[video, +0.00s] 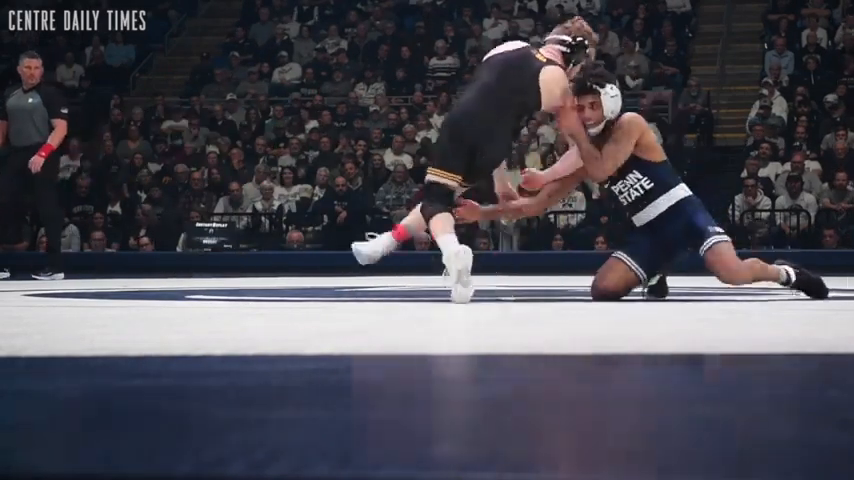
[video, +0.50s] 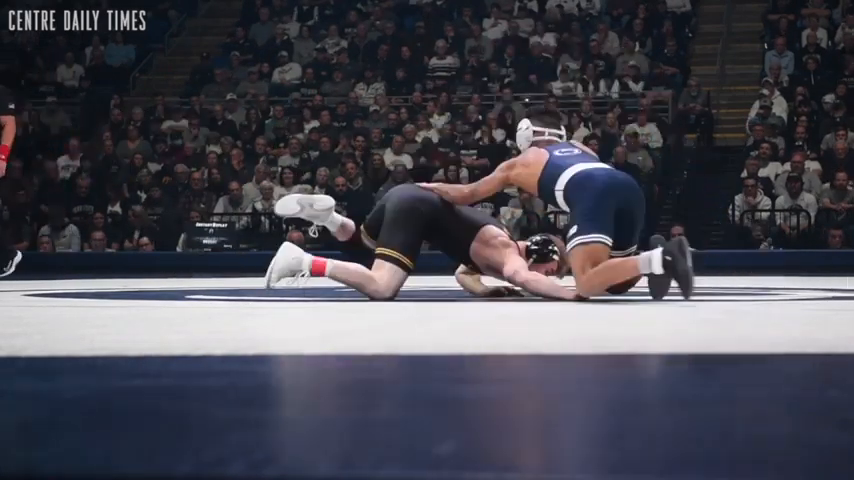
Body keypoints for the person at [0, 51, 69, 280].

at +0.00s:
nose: (32, 72)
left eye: (36, 68)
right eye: (27, 68)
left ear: (42, 70)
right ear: (19, 70)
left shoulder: (49, 94)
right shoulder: (9, 96)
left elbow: (61, 128)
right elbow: (3, 128)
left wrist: (42, 154)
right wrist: (3, 150)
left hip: (42, 156)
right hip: (14, 157)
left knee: (47, 207)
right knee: (9, 207)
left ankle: (54, 265)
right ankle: (7, 264)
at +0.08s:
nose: (22, 73)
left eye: (26, 68)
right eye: (18, 68)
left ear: (32, 71)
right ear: (9, 70)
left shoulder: (41, 94)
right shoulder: (3, 95)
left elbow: (52, 128)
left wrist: (33, 154)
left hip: (31, 157)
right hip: (6, 159)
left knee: (42, 206)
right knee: (7, 208)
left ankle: (52, 263)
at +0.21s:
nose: (5, 72)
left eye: (9, 68)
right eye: (2, 67)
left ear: (15, 70)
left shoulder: (21, 94)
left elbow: (36, 128)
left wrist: (21, 157)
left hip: (15, 156)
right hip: (5, 157)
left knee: (26, 207)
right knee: (22, 208)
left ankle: (51, 262)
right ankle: (48, 261)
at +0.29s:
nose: (0, 69)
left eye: (1, 65)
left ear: (5, 67)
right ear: (1, 68)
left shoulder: (10, 91)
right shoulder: (10, 92)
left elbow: (27, 125)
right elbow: (26, 125)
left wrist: (16, 158)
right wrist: (16, 157)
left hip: (8, 156)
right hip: (6, 156)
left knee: (19, 208)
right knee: (18, 209)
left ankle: (43, 257)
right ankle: (43, 256)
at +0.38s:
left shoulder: (6, 92)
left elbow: (19, 124)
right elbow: (18, 125)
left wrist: (10, 158)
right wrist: (10, 158)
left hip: (4, 167)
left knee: (9, 211)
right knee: (9, 212)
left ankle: (34, 250)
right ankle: (33, 250)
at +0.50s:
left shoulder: (5, 95)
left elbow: (9, 124)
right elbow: (9, 124)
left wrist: (3, 156)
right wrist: (4, 156)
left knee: (3, 211)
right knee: (4, 210)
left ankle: (8, 252)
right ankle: (7, 252)